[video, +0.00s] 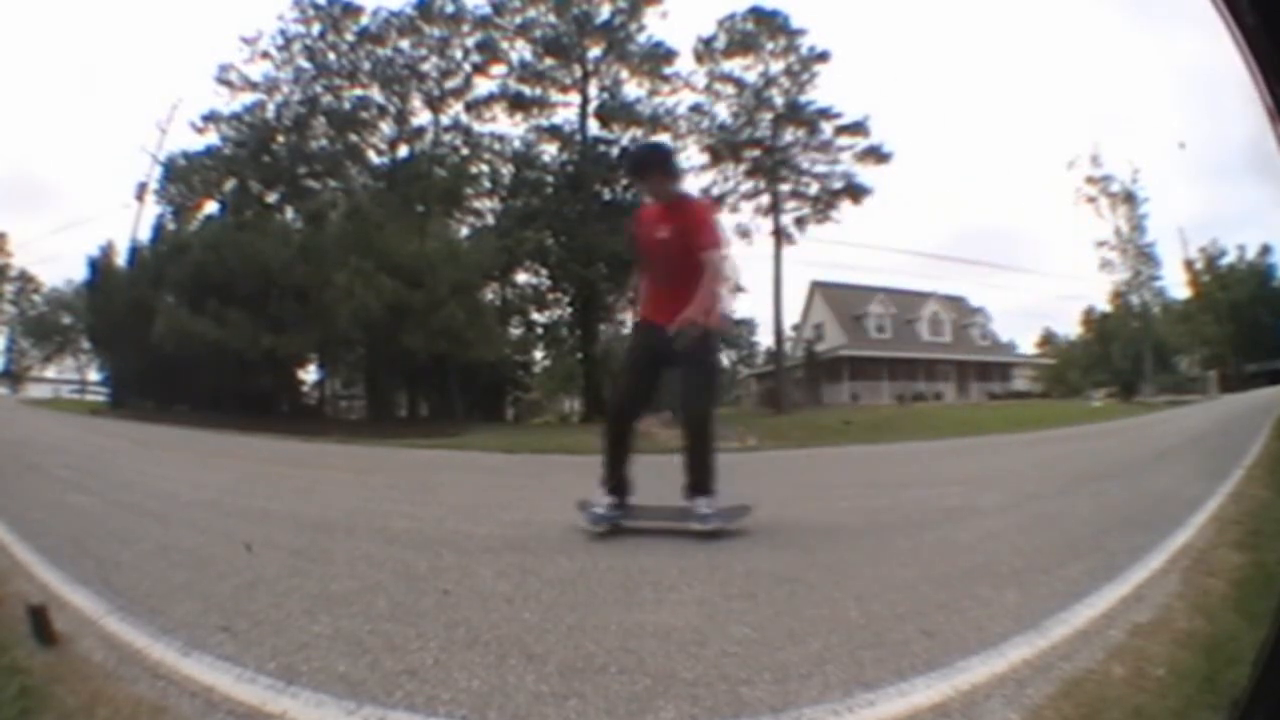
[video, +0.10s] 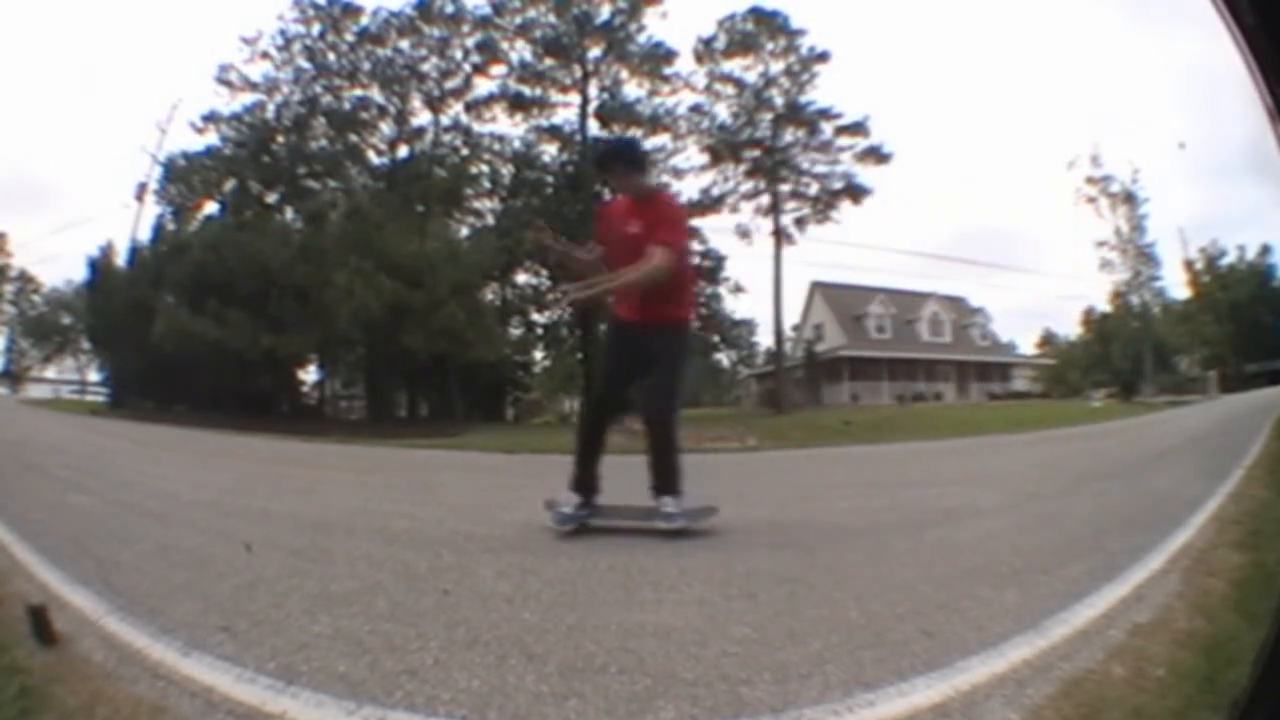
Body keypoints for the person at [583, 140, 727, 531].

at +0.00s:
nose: (646, 188)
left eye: (649, 179)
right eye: (641, 181)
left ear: (665, 174)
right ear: (640, 181)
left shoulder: (694, 212)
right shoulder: (644, 216)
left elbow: (714, 267)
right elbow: (647, 269)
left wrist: (695, 313)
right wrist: (643, 313)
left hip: (694, 326)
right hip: (652, 326)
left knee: (696, 413)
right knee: (621, 407)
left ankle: (700, 494)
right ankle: (615, 494)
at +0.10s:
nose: (614, 185)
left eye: (617, 176)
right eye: (609, 179)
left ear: (636, 170)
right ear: (610, 178)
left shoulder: (666, 208)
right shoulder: (612, 211)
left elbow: (660, 265)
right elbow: (603, 258)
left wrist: (598, 288)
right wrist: (559, 249)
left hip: (665, 326)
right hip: (626, 324)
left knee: (658, 410)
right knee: (598, 406)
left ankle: (667, 495)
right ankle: (583, 493)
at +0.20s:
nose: (579, 173)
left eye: (582, 165)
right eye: (575, 167)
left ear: (600, 159)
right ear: (580, 166)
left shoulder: (633, 199)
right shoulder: (582, 198)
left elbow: (613, 259)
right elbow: (550, 236)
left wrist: (545, 260)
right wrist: (519, 206)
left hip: (633, 317)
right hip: (594, 314)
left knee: (628, 404)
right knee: (570, 401)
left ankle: (645, 490)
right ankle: (555, 491)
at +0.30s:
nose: (554, 170)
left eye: (557, 161)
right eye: (550, 163)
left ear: (574, 155)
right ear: (552, 161)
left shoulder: (611, 199)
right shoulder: (550, 195)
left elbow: (593, 261)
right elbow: (528, 230)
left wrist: (532, 250)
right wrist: (502, 216)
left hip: (600, 316)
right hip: (562, 315)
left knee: (595, 409)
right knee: (538, 404)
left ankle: (633, 491)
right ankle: (526, 491)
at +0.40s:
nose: (528, 170)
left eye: (531, 162)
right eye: (524, 163)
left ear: (547, 156)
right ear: (523, 161)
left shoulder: (587, 196)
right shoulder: (520, 193)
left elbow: (587, 261)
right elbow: (489, 229)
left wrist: (520, 266)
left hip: (575, 315)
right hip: (530, 314)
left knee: (577, 407)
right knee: (504, 397)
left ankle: (589, 488)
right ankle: (487, 487)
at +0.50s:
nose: (489, 167)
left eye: (491, 158)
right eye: (484, 159)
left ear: (507, 150)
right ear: (486, 156)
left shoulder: (553, 187)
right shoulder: (487, 194)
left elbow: (560, 256)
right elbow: (458, 240)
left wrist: (505, 299)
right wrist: (408, 267)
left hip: (549, 308)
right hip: (502, 308)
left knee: (550, 400)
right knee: (476, 392)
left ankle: (553, 485)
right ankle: (450, 479)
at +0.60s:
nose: (436, 166)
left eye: (439, 157)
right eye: (433, 158)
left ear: (458, 150)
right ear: (440, 155)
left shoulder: (505, 189)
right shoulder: (444, 196)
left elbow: (517, 259)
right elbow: (429, 254)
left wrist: (513, 328)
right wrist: (408, 309)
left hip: (516, 309)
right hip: (474, 309)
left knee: (519, 400)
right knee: (452, 398)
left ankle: (523, 486)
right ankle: (430, 491)